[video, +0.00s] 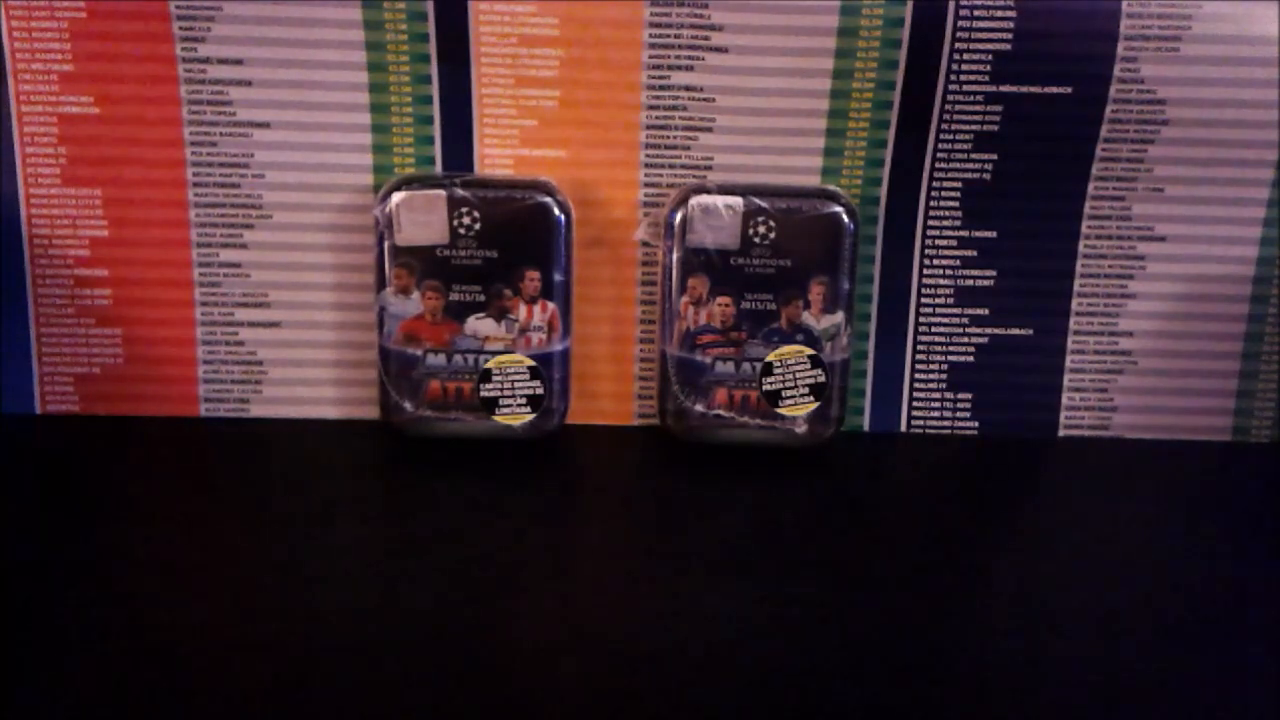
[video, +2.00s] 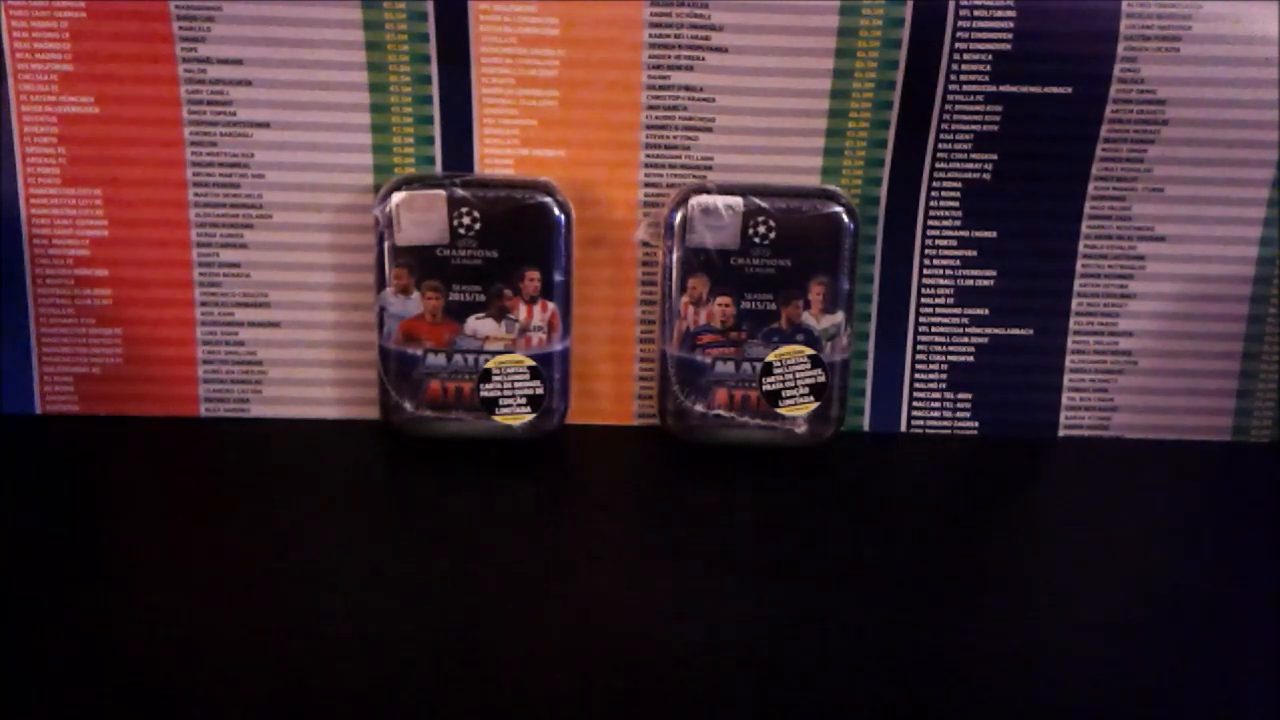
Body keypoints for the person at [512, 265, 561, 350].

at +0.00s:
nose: (536, 285)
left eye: (539, 281)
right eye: (531, 280)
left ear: (541, 283)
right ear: (521, 284)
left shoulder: (551, 308)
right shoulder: (512, 306)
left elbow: (556, 335)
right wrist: (520, 329)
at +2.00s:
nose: (536, 285)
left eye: (539, 281)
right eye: (531, 280)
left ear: (541, 283)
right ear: (521, 284)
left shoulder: (550, 308)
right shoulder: (512, 305)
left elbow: (556, 336)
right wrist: (520, 328)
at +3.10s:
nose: (536, 285)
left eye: (539, 281)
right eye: (531, 280)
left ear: (541, 283)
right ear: (521, 284)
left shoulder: (550, 308)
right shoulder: (512, 305)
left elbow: (556, 337)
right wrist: (520, 328)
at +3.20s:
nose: (536, 285)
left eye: (539, 281)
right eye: (531, 280)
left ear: (541, 283)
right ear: (521, 284)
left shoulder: (550, 308)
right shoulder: (512, 305)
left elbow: (556, 337)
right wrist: (520, 328)